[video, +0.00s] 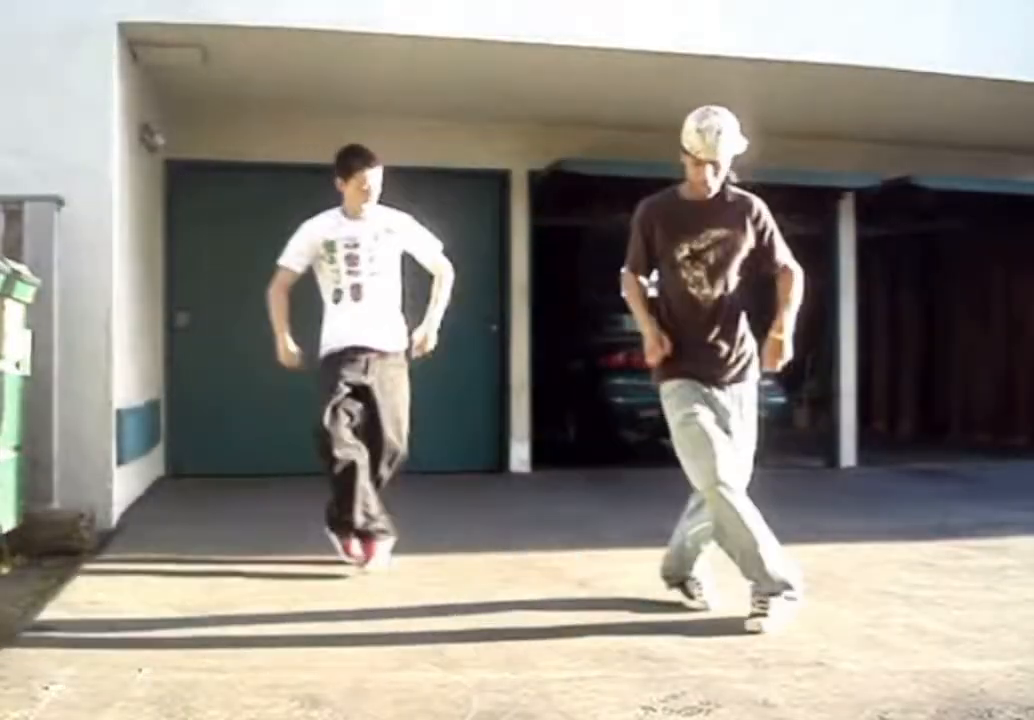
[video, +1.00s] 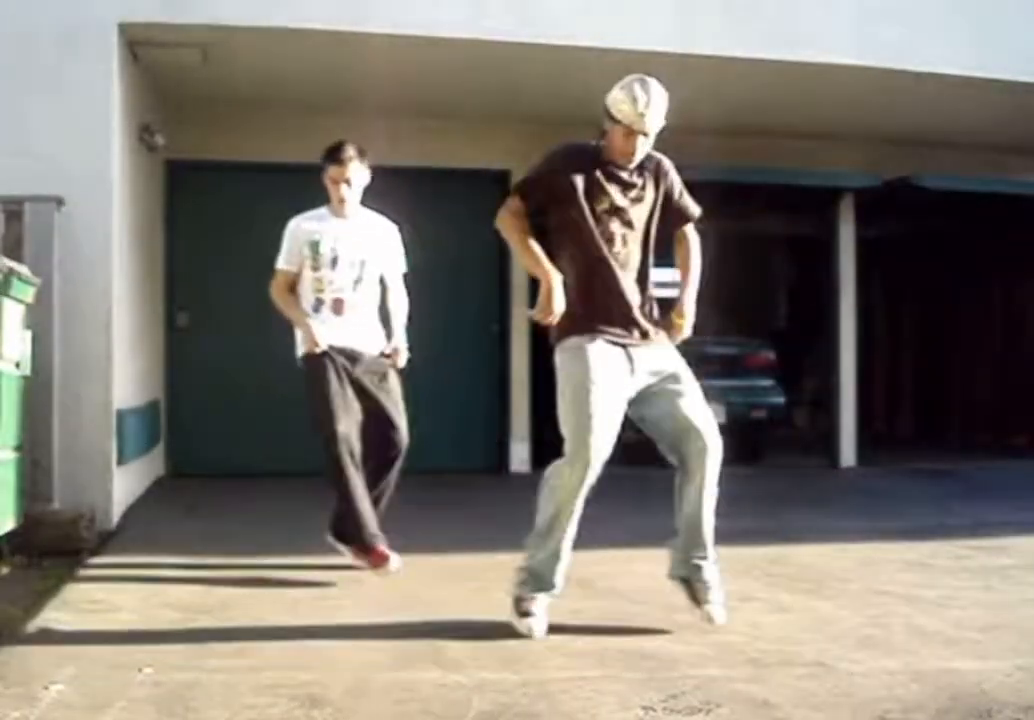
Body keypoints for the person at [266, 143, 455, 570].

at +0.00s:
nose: (371, 193)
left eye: (375, 184)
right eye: (362, 185)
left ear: (381, 183)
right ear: (342, 184)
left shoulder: (397, 225)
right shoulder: (318, 229)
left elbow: (444, 270)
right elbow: (278, 286)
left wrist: (431, 324)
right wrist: (283, 337)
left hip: (390, 348)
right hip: (341, 348)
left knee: (393, 444)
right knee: (338, 435)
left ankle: (343, 519)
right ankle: (377, 528)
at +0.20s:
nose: (398, 200)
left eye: (403, 191)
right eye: (389, 192)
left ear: (412, 190)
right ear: (373, 193)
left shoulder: (439, 235)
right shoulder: (358, 245)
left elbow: (446, 297)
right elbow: (348, 307)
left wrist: (431, 336)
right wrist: (342, 370)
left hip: (428, 358)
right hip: (382, 357)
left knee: (420, 453)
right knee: (403, 446)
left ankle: (355, 519)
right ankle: (433, 541)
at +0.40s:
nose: (442, 214)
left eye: (449, 206)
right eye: (435, 206)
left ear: (464, 203)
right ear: (425, 205)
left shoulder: (480, 243)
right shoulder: (411, 252)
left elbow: (491, 300)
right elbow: (380, 313)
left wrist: (547, 316)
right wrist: (327, 349)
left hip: (488, 372)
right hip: (441, 375)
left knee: (537, 448)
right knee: (414, 455)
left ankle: (559, 539)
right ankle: (349, 539)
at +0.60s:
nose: (435, 209)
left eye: (443, 201)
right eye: (428, 201)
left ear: (457, 199)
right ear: (417, 201)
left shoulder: (471, 239)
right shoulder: (402, 244)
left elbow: (507, 270)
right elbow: (353, 290)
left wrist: (529, 225)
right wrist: (350, 267)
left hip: (483, 369)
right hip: (434, 370)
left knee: (522, 452)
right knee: (428, 456)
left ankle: (565, 536)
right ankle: (362, 541)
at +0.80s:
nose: (398, 192)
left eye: (406, 183)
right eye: (391, 183)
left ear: (418, 181)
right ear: (378, 182)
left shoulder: (433, 227)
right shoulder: (360, 229)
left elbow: (445, 281)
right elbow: (335, 296)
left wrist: (483, 308)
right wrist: (365, 331)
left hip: (439, 346)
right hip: (397, 348)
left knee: (467, 435)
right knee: (412, 430)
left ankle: (415, 514)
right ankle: (416, 539)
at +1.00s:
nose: (343, 189)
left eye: (351, 181)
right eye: (336, 181)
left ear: (365, 181)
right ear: (325, 181)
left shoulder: (385, 231)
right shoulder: (302, 228)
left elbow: (396, 290)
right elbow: (280, 288)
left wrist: (398, 335)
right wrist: (304, 325)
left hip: (373, 348)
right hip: (326, 347)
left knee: (394, 438)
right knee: (343, 439)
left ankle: (350, 525)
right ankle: (369, 538)